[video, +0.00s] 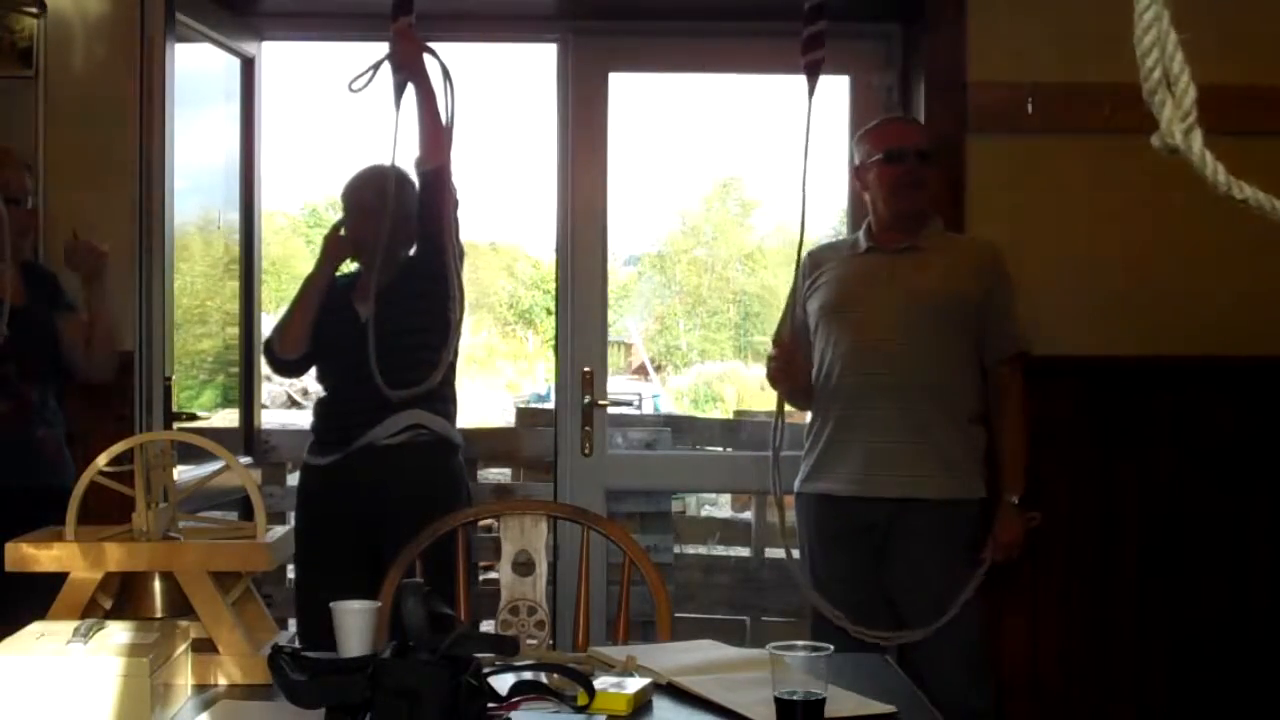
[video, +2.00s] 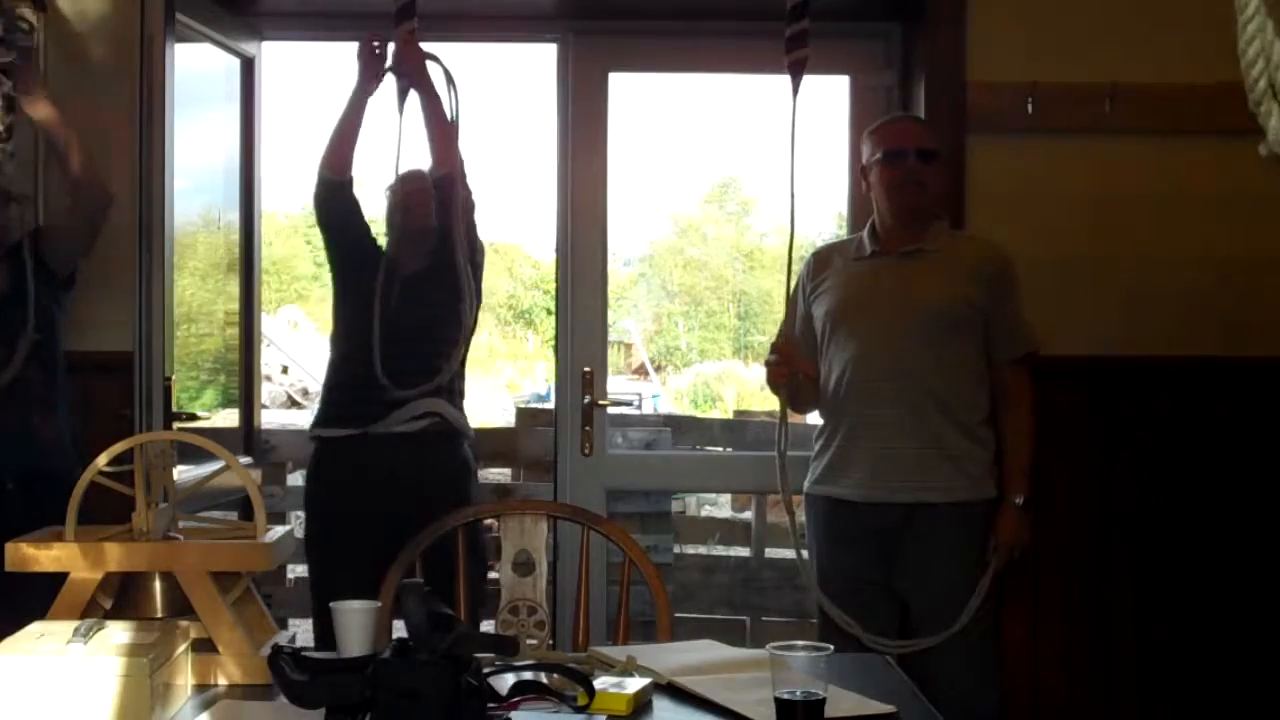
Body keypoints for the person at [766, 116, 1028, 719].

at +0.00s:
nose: (912, 169)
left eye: (923, 158)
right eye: (894, 158)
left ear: (936, 172)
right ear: (859, 178)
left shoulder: (976, 262)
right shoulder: (820, 265)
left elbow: (1006, 386)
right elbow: (806, 391)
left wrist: (1010, 500)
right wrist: (788, 378)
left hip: (942, 502)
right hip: (834, 501)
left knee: (948, 675)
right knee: (847, 673)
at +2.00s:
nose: (912, 169)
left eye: (926, 157)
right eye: (894, 158)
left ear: (944, 172)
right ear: (866, 178)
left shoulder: (981, 263)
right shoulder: (823, 266)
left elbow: (1013, 387)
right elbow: (807, 394)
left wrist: (1015, 500)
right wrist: (787, 380)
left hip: (951, 506)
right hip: (843, 505)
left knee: (954, 681)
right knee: (855, 676)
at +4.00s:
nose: (867, 169)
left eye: (887, 158)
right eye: (862, 159)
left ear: (930, 176)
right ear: (853, 174)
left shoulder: (976, 262)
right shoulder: (824, 269)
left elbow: (1010, 387)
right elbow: (813, 394)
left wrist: (1010, 500)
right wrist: (778, 386)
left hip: (947, 511)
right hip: (841, 508)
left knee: (950, 684)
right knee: (850, 680)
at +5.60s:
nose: (956, 182)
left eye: (956, 169)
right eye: (939, 170)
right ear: (882, 181)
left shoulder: (990, 264)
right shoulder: (827, 261)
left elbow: (1019, 388)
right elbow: (779, 382)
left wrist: (1028, 498)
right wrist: (779, 338)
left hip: (963, 507)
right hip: (852, 506)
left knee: (965, 681)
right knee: (859, 678)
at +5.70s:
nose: (966, 176)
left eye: (966, 164)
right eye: (949, 165)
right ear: (894, 179)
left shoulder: (1000, 265)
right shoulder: (834, 259)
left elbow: (1031, 388)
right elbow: (763, 353)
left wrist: (1040, 496)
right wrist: (789, 280)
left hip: (970, 508)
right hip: (859, 506)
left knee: (969, 685)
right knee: (862, 681)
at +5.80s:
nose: (971, 172)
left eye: (971, 160)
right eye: (951, 160)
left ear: (977, 170)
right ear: (899, 178)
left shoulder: (1009, 262)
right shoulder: (851, 251)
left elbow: (1038, 384)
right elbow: (751, 301)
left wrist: (1053, 488)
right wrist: (797, 208)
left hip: (977, 509)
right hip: (868, 508)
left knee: (973, 686)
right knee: (864, 683)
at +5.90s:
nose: (967, 173)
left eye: (973, 159)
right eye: (948, 160)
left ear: (983, 167)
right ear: (904, 173)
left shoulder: (1012, 261)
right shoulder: (855, 244)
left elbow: (1049, 391)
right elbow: (749, 246)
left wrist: (1051, 503)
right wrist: (799, 145)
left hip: (979, 506)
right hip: (870, 506)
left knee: (976, 683)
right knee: (869, 680)